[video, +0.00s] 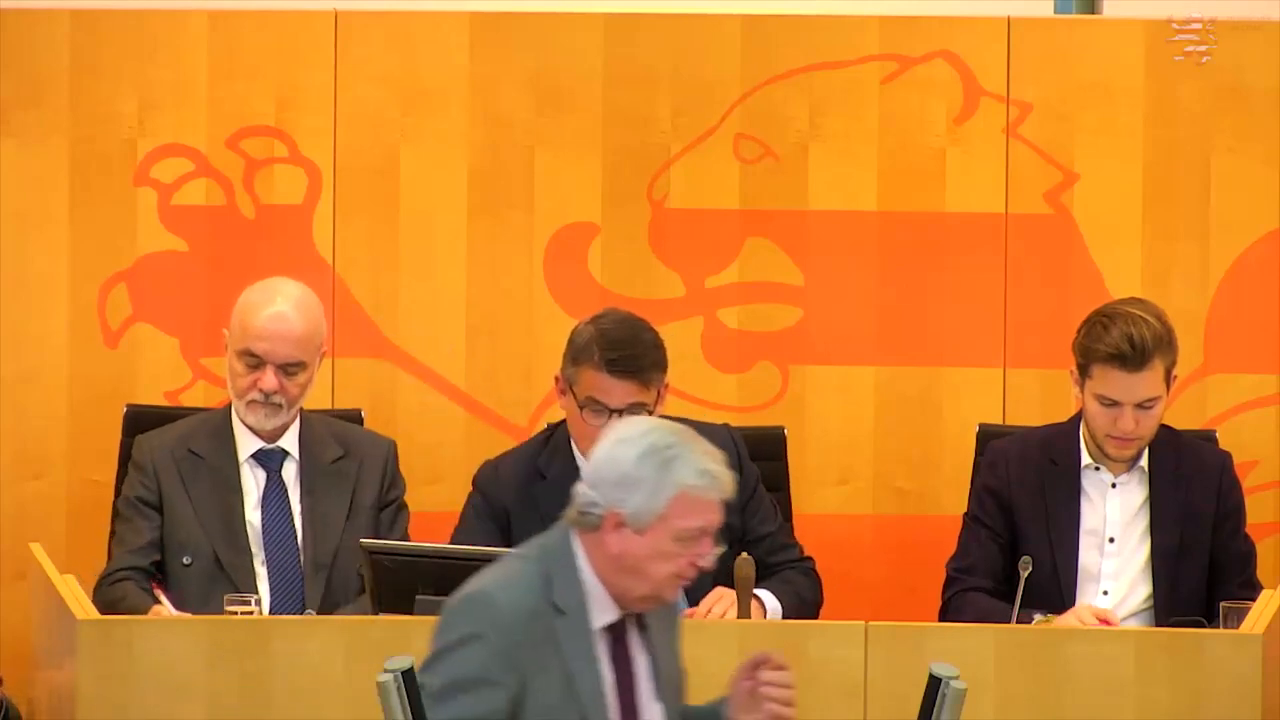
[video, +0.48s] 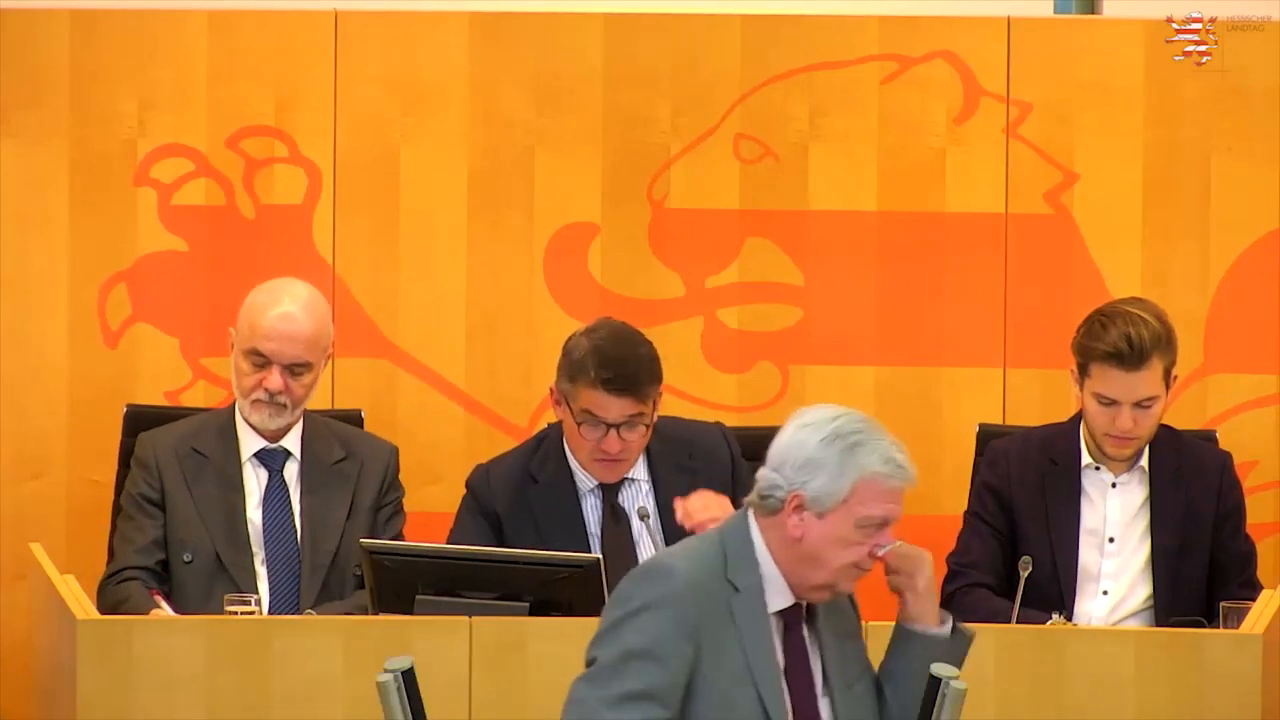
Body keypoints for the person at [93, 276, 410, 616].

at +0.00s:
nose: (268, 385)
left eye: (291, 369)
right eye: (252, 361)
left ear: (319, 361)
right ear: (226, 347)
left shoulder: (373, 460)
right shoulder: (159, 457)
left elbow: (395, 589)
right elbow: (120, 583)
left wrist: (319, 640)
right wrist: (159, 622)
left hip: (334, 674)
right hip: (202, 668)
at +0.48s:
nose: (274, 386)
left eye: (297, 370)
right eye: (258, 361)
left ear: (325, 360)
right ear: (232, 346)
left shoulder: (373, 464)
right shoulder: (162, 456)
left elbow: (392, 593)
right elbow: (124, 584)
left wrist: (308, 629)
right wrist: (174, 634)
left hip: (332, 673)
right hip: (201, 669)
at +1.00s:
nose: (274, 387)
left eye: (297, 371)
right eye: (258, 363)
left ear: (326, 361)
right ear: (233, 346)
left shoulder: (374, 464)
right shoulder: (163, 456)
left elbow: (392, 593)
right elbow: (127, 582)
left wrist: (308, 630)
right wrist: (168, 630)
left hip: (331, 674)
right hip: (201, 669)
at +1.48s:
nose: (274, 387)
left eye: (297, 371)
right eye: (258, 363)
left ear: (325, 362)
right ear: (233, 347)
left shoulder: (373, 465)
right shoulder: (161, 455)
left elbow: (395, 596)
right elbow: (121, 585)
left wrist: (310, 635)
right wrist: (154, 619)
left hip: (329, 666)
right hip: (197, 661)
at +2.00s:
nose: (272, 388)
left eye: (296, 372)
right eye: (256, 364)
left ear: (324, 361)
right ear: (232, 347)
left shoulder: (374, 463)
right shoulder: (161, 454)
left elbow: (393, 591)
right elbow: (121, 585)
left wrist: (312, 637)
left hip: (327, 666)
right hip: (195, 664)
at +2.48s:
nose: (282, 381)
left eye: (303, 361)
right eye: (263, 357)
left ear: (324, 355)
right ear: (231, 350)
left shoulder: (373, 464)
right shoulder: (161, 454)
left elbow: (396, 588)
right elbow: (119, 584)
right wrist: (151, 617)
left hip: (333, 668)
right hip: (193, 661)